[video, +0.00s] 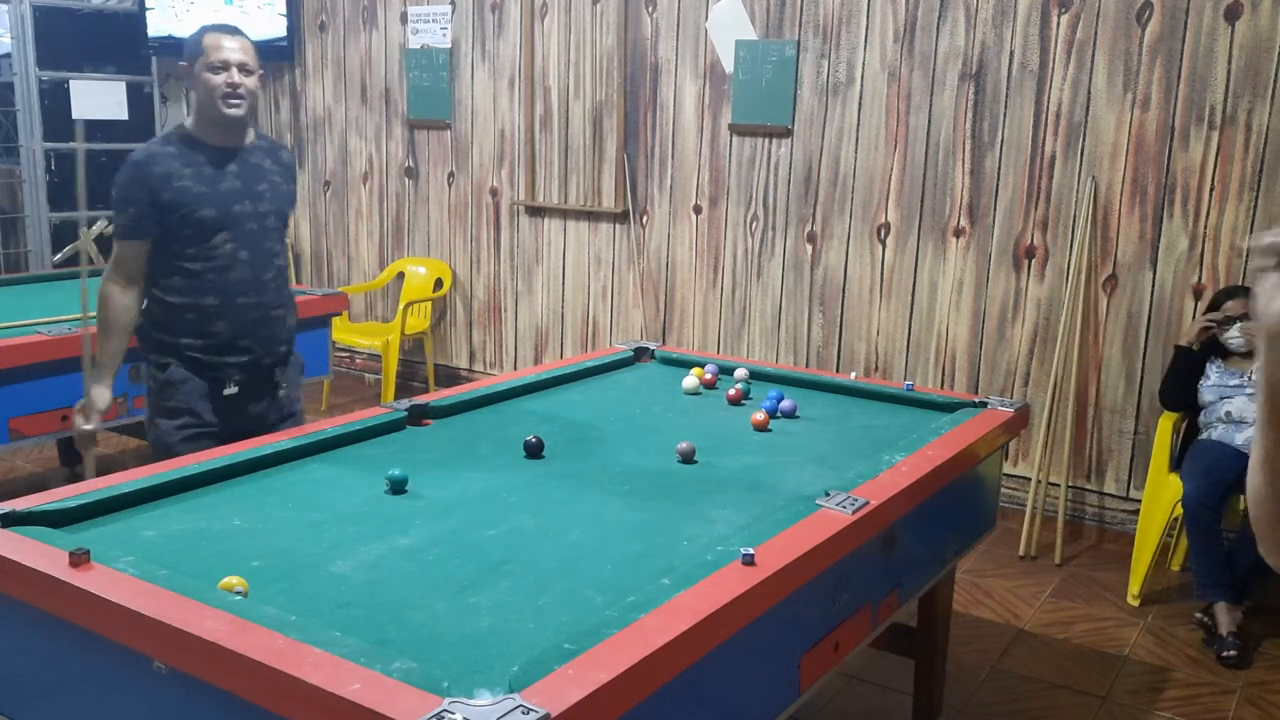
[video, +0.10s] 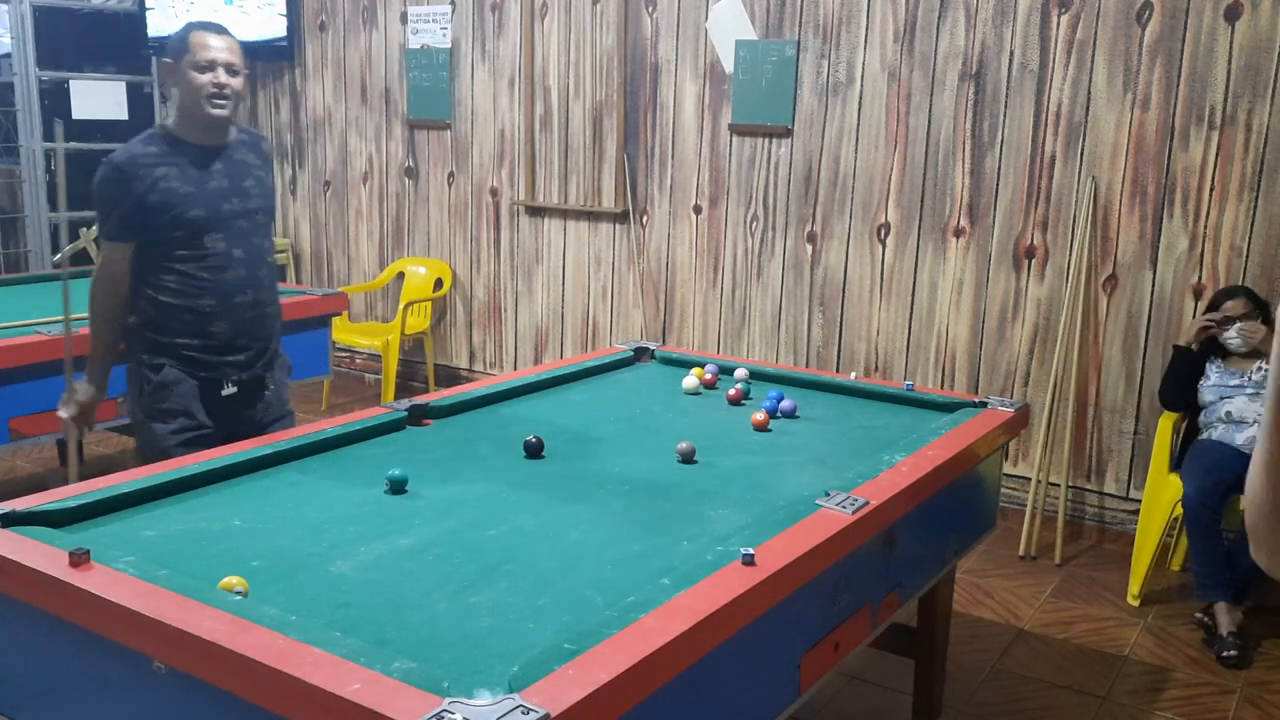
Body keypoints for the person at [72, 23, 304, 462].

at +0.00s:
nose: (233, 80)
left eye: (245, 70)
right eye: (218, 68)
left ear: (259, 81)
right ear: (190, 77)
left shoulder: (280, 163)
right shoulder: (150, 168)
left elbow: (269, 260)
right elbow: (124, 282)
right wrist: (101, 383)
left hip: (274, 376)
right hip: (186, 383)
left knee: (288, 516)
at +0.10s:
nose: (220, 81)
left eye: (232, 71)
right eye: (204, 68)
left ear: (245, 82)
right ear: (170, 75)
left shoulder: (255, 152)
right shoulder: (130, 168)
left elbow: (255, 259)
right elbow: (112, 280)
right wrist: (94, 381)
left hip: (260, 371)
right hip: (175, 379)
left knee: (283, 514)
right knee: (188, 524)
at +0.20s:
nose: (201, 78)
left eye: (212, 68)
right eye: (184, 66)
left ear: (225, 81)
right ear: (149, 76)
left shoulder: (234, 150)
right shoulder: (111, 174)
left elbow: (239, 259)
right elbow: (97, 285)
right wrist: (80, 384)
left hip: (246, 370)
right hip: (163, 380)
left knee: (280, 514)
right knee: (178, 529)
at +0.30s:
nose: (180, 81)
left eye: (190, 69)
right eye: (162, 69)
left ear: (202, 79)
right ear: (126, 80)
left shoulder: (219, 153)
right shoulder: (98, 179)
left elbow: (227, 253)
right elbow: (80, 296)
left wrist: (246, 315)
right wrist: (59, 400)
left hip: (234, 370)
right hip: (151, 381)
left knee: (273, 511)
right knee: (169, 531)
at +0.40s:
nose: (163, 82)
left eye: (173, 70)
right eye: (145, 70)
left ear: (185, 79)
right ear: (109, 79)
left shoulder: (210, 161)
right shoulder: (82, 179)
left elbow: (242, 264)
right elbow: (67, 299)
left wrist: (271, 352)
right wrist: (52, 412)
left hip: (231, 377)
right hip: (143, 387)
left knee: (265, 520)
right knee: (160, 534)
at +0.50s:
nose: (150, 81)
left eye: (160, 69)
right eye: (133, 69)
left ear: (175, 80)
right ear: (96, 78)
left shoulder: (201, 158)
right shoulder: (72, 176)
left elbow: (244, 259)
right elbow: (59, 296)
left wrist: (283, 345)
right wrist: (50, 406)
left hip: (225, 377)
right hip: (134, 387)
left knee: (258, 521)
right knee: (154, 535)